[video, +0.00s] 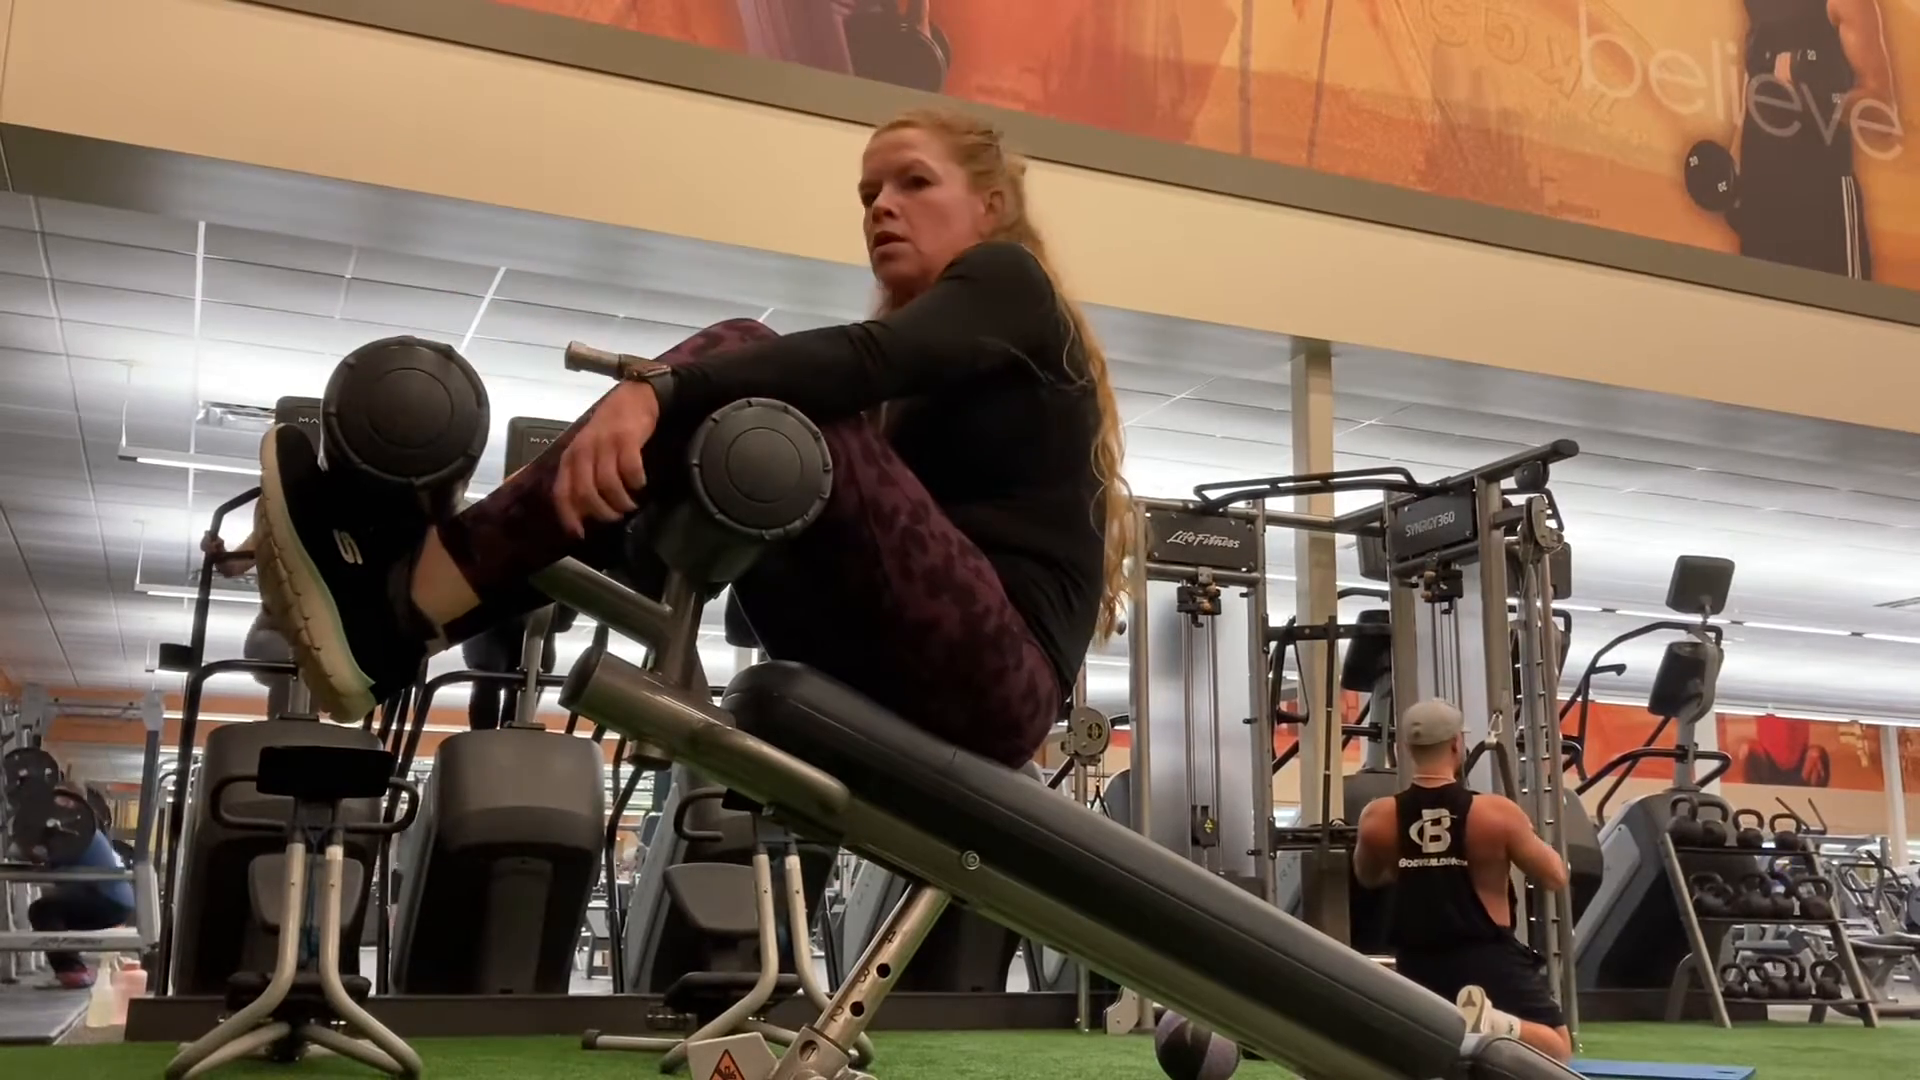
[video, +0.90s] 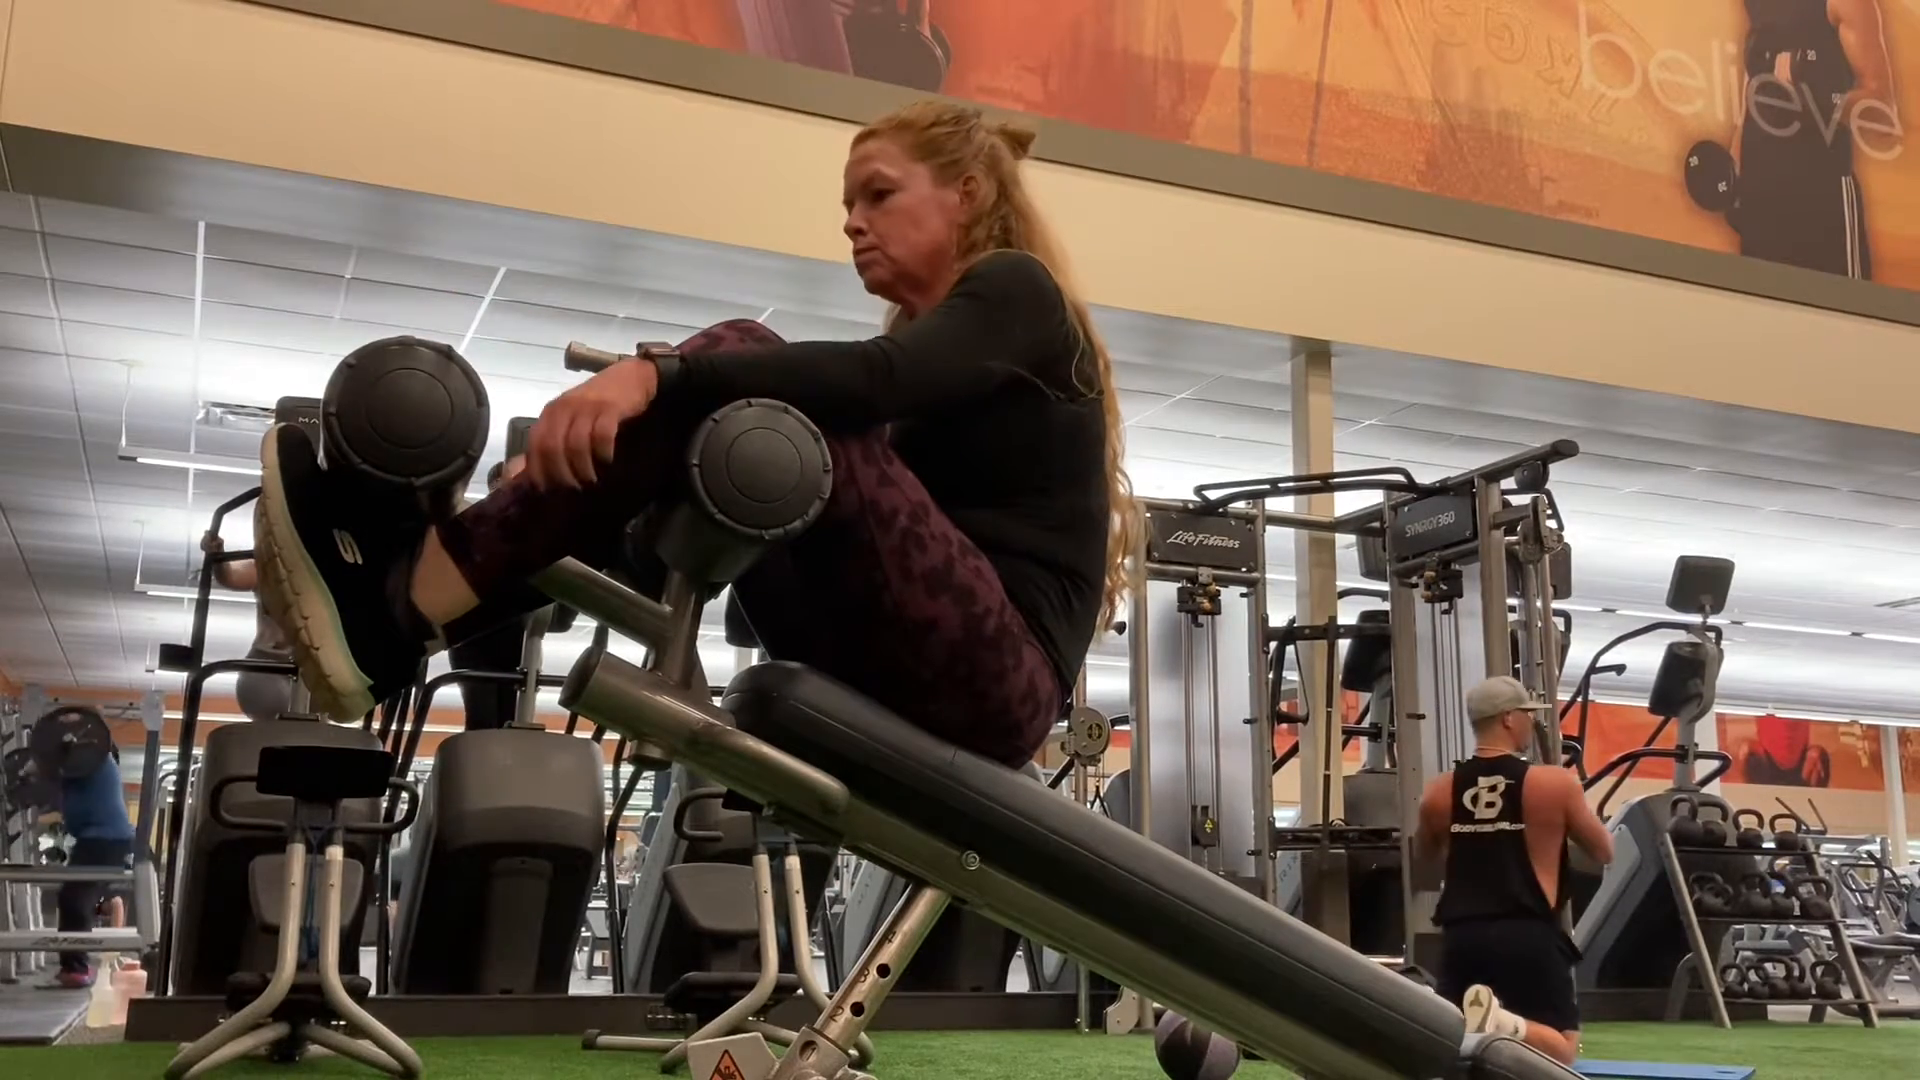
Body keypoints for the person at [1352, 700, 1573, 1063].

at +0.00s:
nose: (1464, 745)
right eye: (1462, 739)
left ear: (1406, 749)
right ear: (1456, 745)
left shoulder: (1378, 817)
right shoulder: (1497, 814)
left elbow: (1368, 875)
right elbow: (1555, 877)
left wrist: (1412, 853)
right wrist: (1530, 842)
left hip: (1416, 968)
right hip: (1490, 966)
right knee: (1561, 1049)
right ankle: (1493, 1022)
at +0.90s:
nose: (1532, 721)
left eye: (1530, 712)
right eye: (1527, 712)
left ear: (1475, 722)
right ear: (1508, 719)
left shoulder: (1440, 791)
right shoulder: (1557, 785)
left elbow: (1425, 866)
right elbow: (1603, 852)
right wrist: (1571, 797)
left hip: (1462, 939)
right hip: (1531, 940)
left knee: (1460, 1049)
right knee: (1565, 1051)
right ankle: (1499, 1021)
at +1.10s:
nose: (1556, 709)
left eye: (1554, 701)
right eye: (1553, 701)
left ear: (1500, 709)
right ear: (1539, 707)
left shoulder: (1465, 774)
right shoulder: (1587, 771)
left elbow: (1439, 835)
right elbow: (1622, 838)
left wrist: (1485, 805)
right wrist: (1586, 800)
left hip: (1478, 923)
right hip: (1550, 925)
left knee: (1453, 1029)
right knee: (1565, 1050)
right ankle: (1509, 1019)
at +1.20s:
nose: (1563, 704)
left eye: (1560, 697)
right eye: (1560, 697)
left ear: (1509, 707)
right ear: (1550, 705)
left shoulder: (1477, 769)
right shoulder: (1599, 768)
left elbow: (1441, 832)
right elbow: (1628, 834)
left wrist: (1478, 799)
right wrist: (1586, 801)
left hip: (1487, 906)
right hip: (1558, 916)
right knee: (1566, 1047)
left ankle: (1437, 995)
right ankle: (1511, 1019)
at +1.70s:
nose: (1564, 707)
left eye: (1563, 701)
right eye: (1561, 701)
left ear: (1510, 706)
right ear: (1547, 705)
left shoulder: (1473, 756)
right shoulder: (1591, 763)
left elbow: (1443, 803)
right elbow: (1619, 823)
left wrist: (1487, 793)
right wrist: (1592, 785)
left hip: (1481, 902)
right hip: (1550, 911)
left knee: (1464, 927)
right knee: (1565, 1048)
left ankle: (1492, 1029)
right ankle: (1526, 1018)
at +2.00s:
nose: (1549, 671)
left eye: (1547, 662)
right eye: (1545, 662)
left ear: (1495, 671)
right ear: (1528, 668)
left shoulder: (1458, 722)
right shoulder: (1573, 721)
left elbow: (1437, 789)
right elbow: (1613, 792)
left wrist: (1481, 768)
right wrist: (1582, 764)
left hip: (1467, 848)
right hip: (1531, 849)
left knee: (1478, 922)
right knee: (1542, 986)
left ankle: (1499, 1020)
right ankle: (1509, 1009)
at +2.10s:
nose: (1548, 650)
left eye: (1545, 641)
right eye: (1542, 642)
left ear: (1495, 651)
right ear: (1526, 646)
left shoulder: (1457, 699)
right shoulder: (1568, 695)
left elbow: (1438, 771)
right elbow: (1610, 768)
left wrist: (1479, 748)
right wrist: (1584, 754)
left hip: (1470, 817)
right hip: (1533, 815)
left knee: (1483, 920)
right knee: (1543, 948)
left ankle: (1500, 1030)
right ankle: (1513, 1003)